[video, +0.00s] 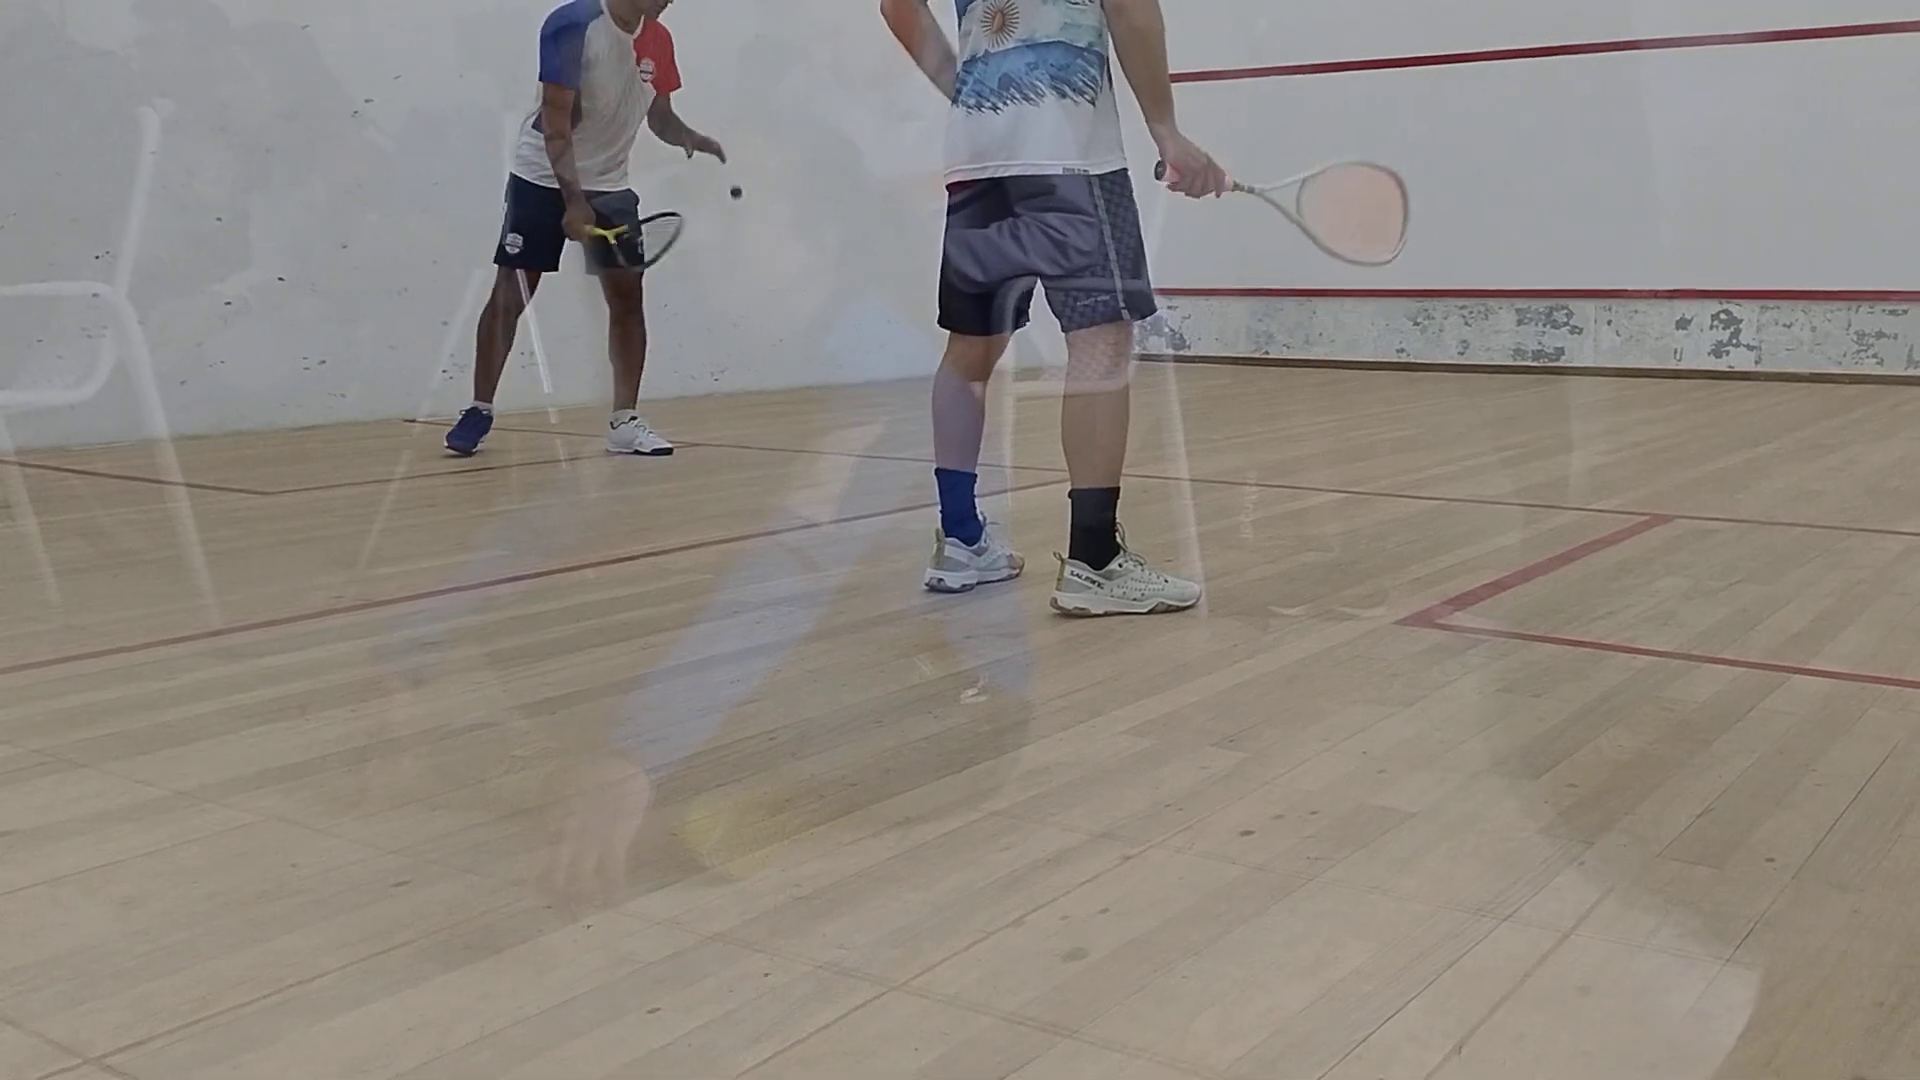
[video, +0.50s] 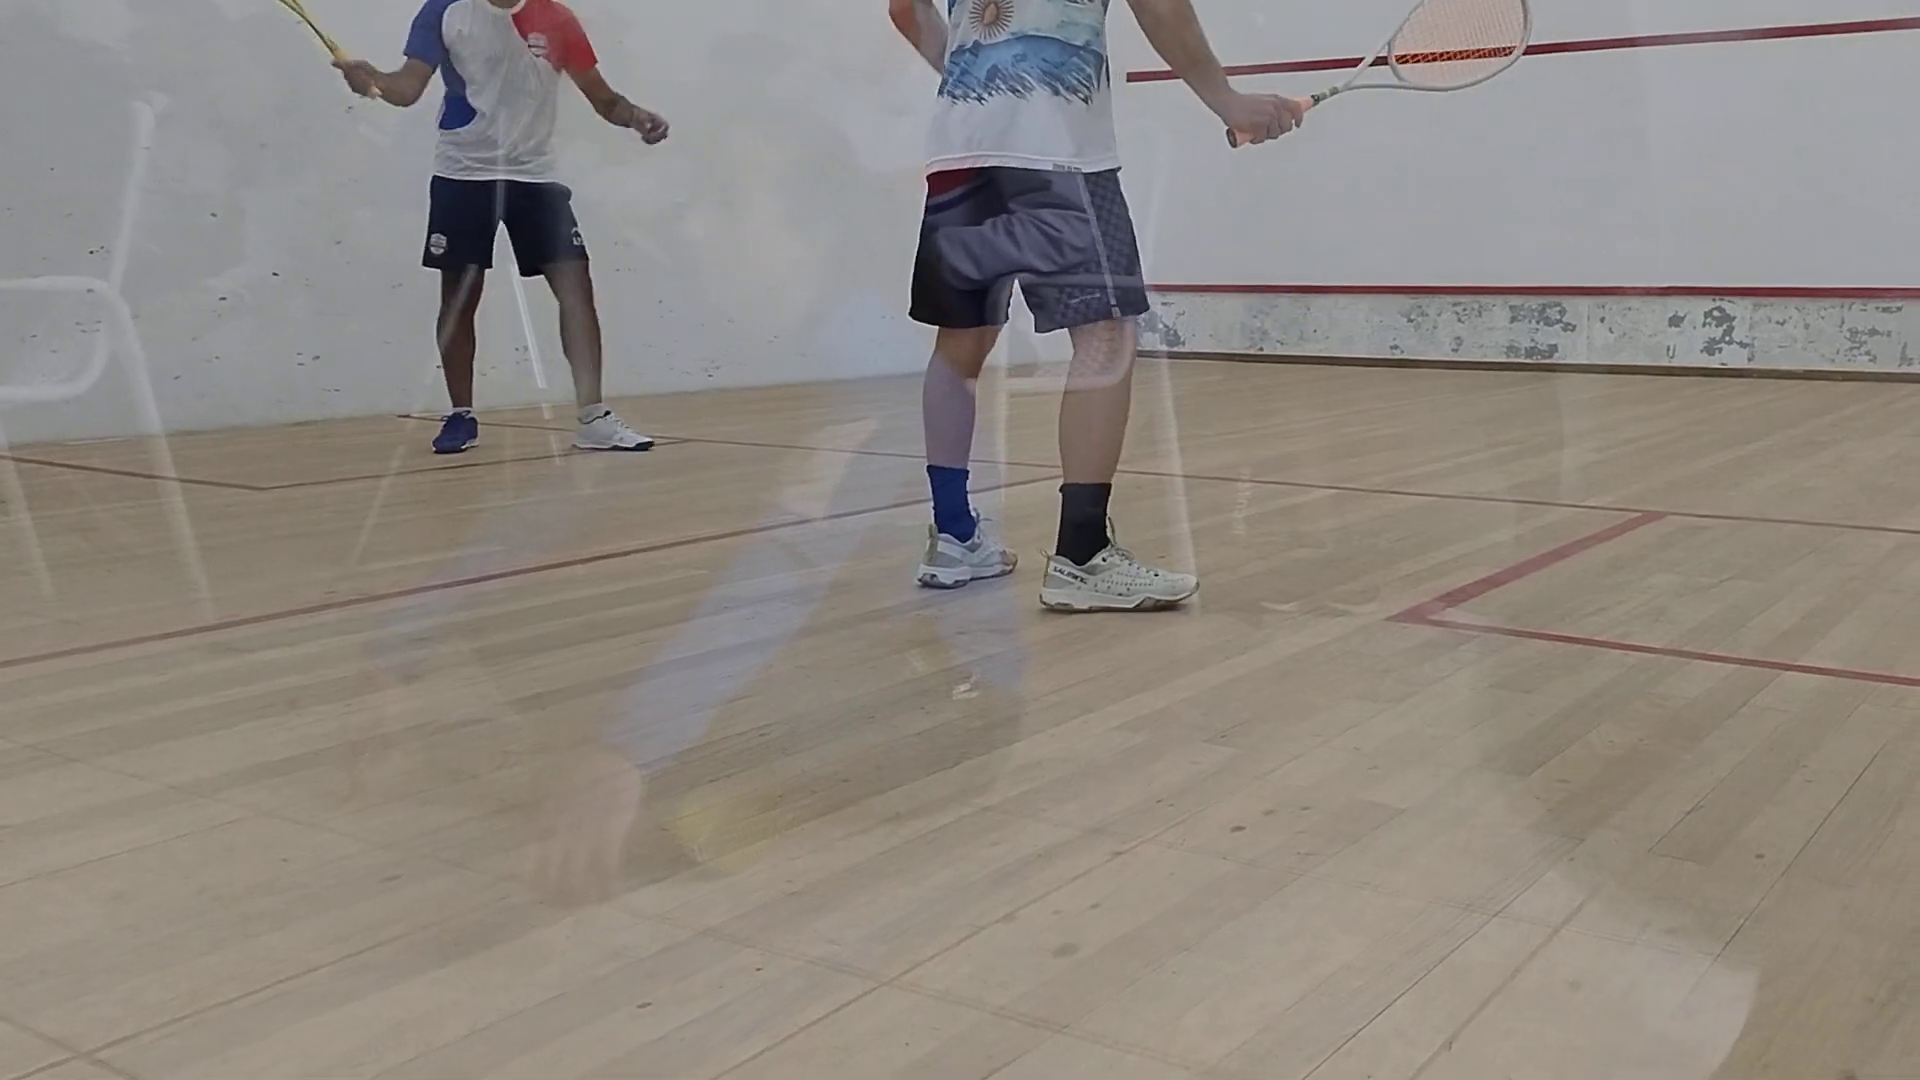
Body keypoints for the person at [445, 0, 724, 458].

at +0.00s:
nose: (664, 3)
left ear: (658, 4)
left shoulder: (657, 38)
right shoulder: (569, 27)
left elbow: (659, 115)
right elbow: (556, 126)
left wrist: (690, 138)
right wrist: (574, 200)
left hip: (608, 183)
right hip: (542, 180)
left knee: (628, 298)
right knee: (510, 296)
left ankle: (624, 422)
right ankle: (480, 409)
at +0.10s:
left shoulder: (641, 33)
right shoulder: (548, 21)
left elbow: (667, 121)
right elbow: (538, 110)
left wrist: (694, 113)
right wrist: (552, 186)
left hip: (598, 183)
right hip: (528, 177)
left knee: (621, 292)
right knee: (500, 294)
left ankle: (622, 421)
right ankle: (472, 411)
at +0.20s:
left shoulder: (623, 30)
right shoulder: (524, 16)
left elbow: (669, 110)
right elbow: (515, 100)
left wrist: (696, 90)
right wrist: (519, 174)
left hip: (585, 182)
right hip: (517, 177)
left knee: (614, 288)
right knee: (491, 292)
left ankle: (622, 419)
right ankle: (469, 413)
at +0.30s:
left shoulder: (600, 25)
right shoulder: (496, 17)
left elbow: (655, 99)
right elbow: (480, 96)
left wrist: (685, 83)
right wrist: (475, 146)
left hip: (566, 179)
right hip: (498, 178)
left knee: (602, 287)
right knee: (479, 297)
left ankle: (620, 419)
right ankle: (466, 415)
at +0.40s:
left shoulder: (576, 22)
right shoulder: (467, 15)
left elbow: (630, 96)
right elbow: (441, 95)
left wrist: (665, 90)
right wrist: (422, 116)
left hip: (549, 174)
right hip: (477, 173)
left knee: (587, 282)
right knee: (468, 292)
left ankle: (614, 417)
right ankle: (464, 415)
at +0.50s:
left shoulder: (554, 17)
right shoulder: (443, 12)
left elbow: (603, 98)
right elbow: (407, 89)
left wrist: (636, 117)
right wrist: (372, 78)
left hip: (535, 173)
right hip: (463, 172)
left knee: (574, 279)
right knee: (461, 290)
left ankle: (592, 417)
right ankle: (460, 414)